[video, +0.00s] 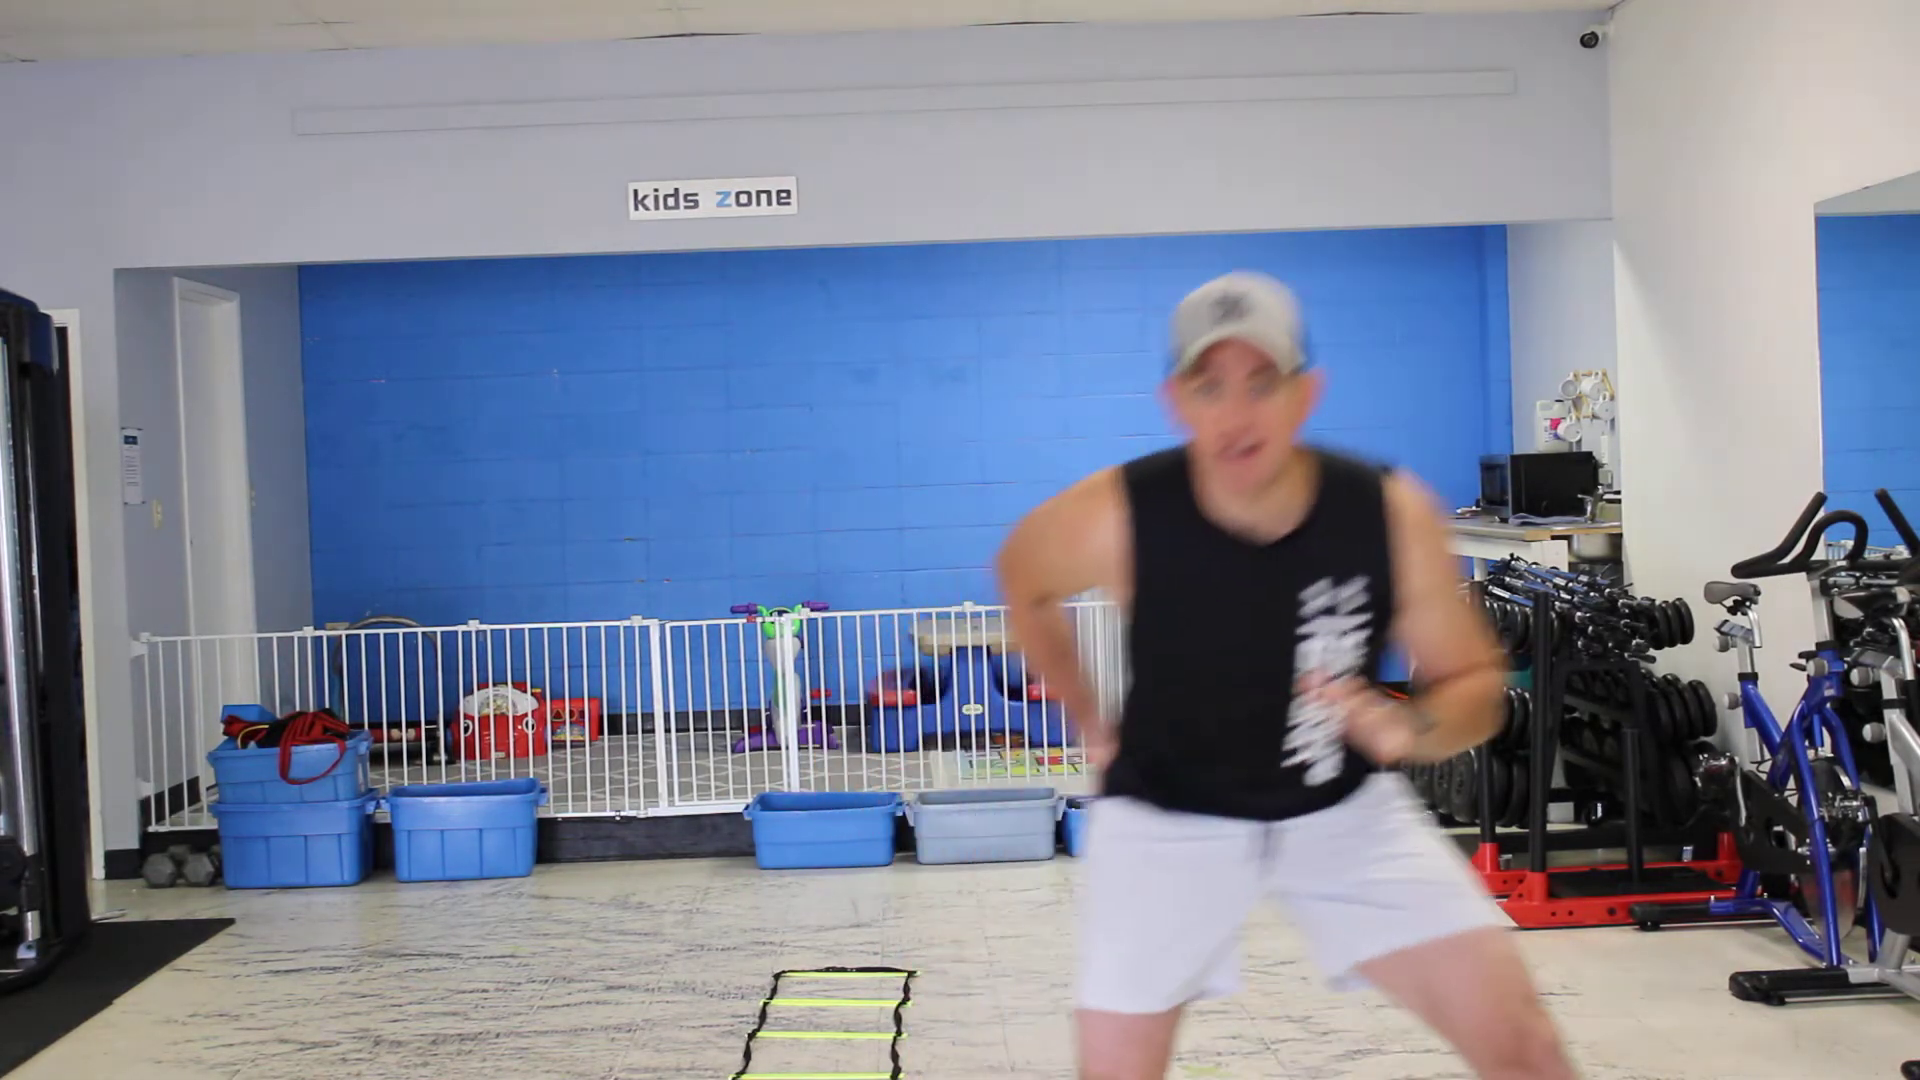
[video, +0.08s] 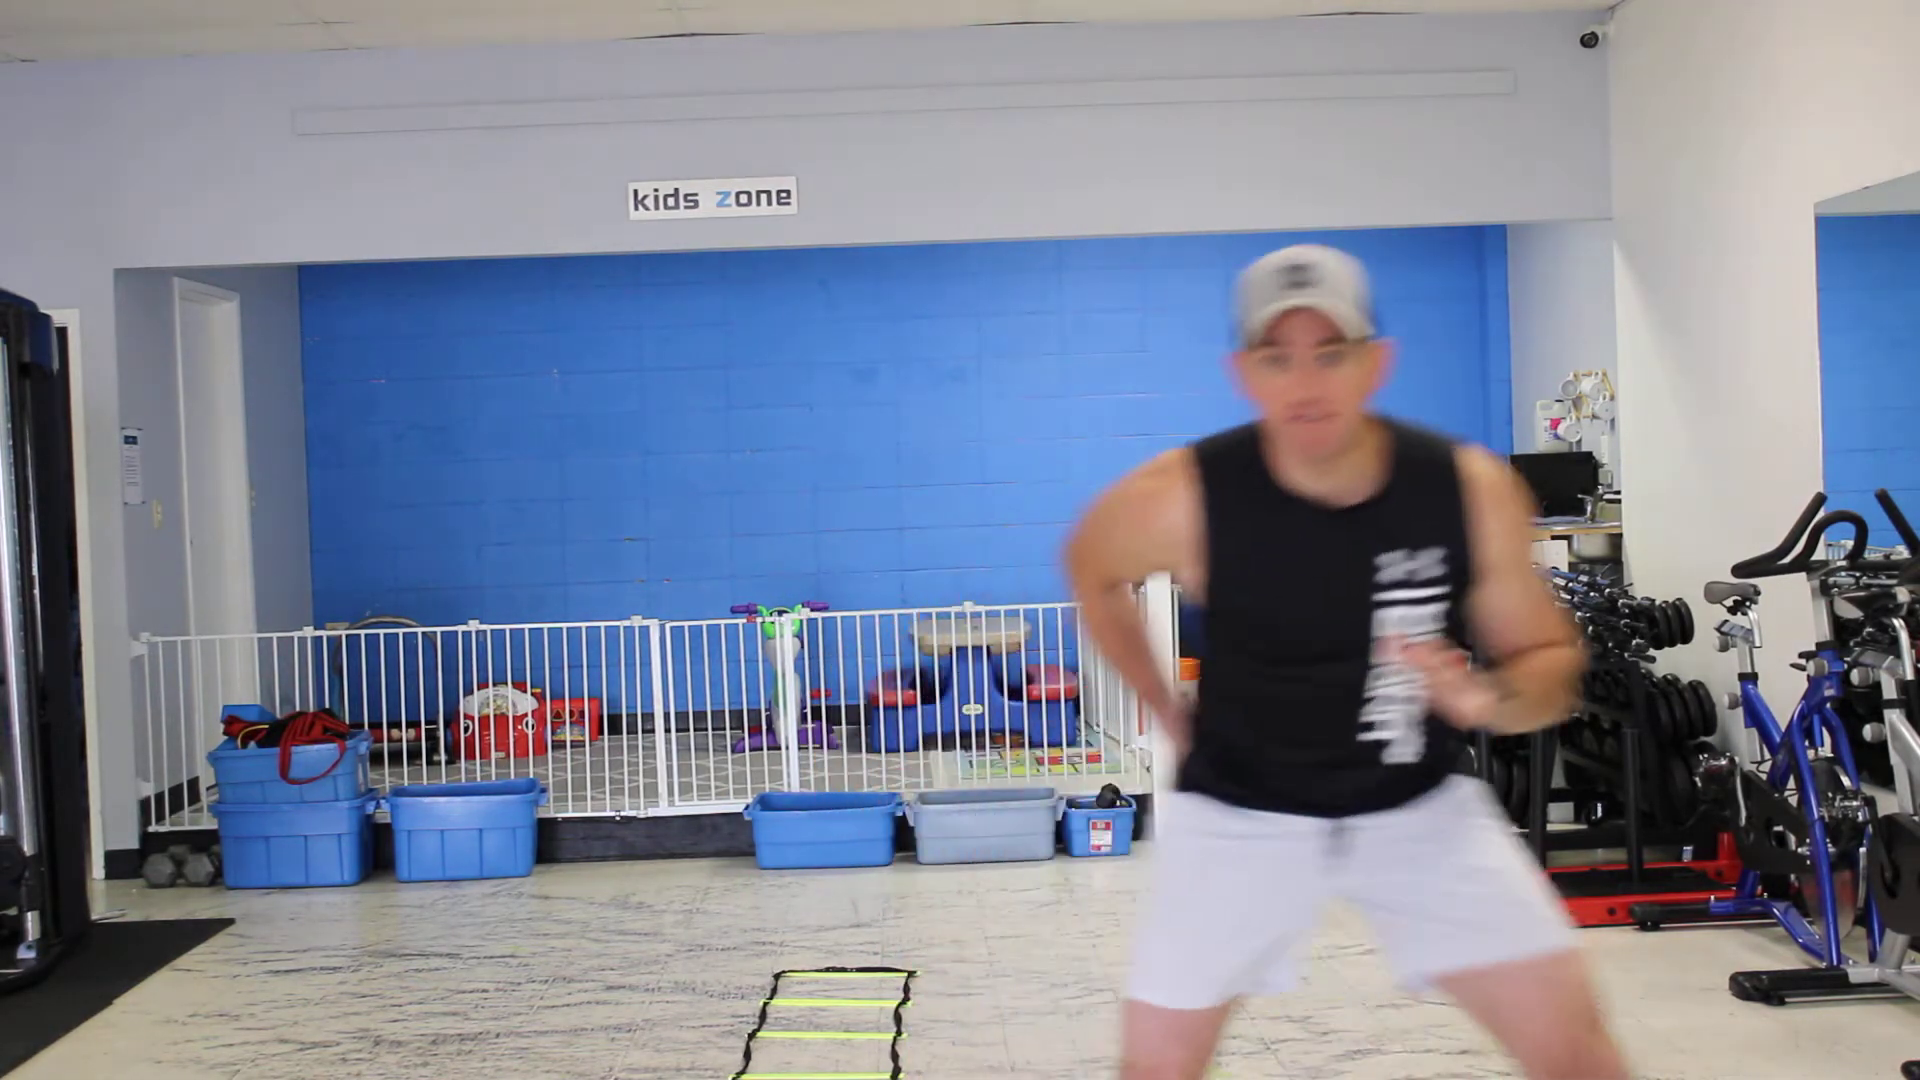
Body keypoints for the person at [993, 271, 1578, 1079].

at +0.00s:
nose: (1236, 414)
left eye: (1261, 384)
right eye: (1207, 387)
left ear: (1306, 394)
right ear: (1176, 404)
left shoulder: (1391, 513)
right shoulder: (1121, 514)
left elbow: (1478, 683)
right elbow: (1021, 574)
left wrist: (1416, 726)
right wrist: (1090, 721)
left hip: (1350, 817)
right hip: (1161, 828)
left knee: (1521, 1042)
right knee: (1116, 1069)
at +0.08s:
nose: (1304, 385)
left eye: (1329, 355)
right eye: (1277, 358)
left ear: (1376, 364)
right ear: (1243, 373)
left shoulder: (1472, 489)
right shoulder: (1186, 497)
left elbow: (1554, 663)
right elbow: (1091, 566)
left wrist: (1491, 698)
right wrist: (1169, 711)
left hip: (1426, 814)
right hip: (1234, 822)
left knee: (1577, 1055)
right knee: (1155, 1066)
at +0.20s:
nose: (1409, 397)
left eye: (1434, 366)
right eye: (1380, 370)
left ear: (1479, 376)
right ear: (1344, 387)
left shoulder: (1574, 502)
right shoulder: (1285, 520)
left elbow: (1678, 701)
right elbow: (1198, 598)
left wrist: (1608, 700)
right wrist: (1273, 744)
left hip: (1524, 840)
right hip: (1329, 850)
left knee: (1691, 1062)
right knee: (1218, 1070)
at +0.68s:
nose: (1416, 376)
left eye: (1440, 346)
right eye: (1388, 349)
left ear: (1482, 361)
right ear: (1351, 373)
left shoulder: (1582, 499)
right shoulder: (1288, 514)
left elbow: (1677, 676)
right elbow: (1221, 636)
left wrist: (1629, 699)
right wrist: (1238, 814)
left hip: (1534, 853)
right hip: (1333, 859)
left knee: (1689, 1063)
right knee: (1208, 1067)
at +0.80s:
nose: (1317, 331)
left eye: (1341, 303)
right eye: (1290, 308)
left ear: (1385, 322)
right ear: (1255, 335)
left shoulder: (1486, 466)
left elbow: (1575, 624)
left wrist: (1513, 674)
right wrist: (1126, 812)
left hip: (1446, 823)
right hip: (1255, 832)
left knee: (1586, 1057)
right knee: (1149, 1064)